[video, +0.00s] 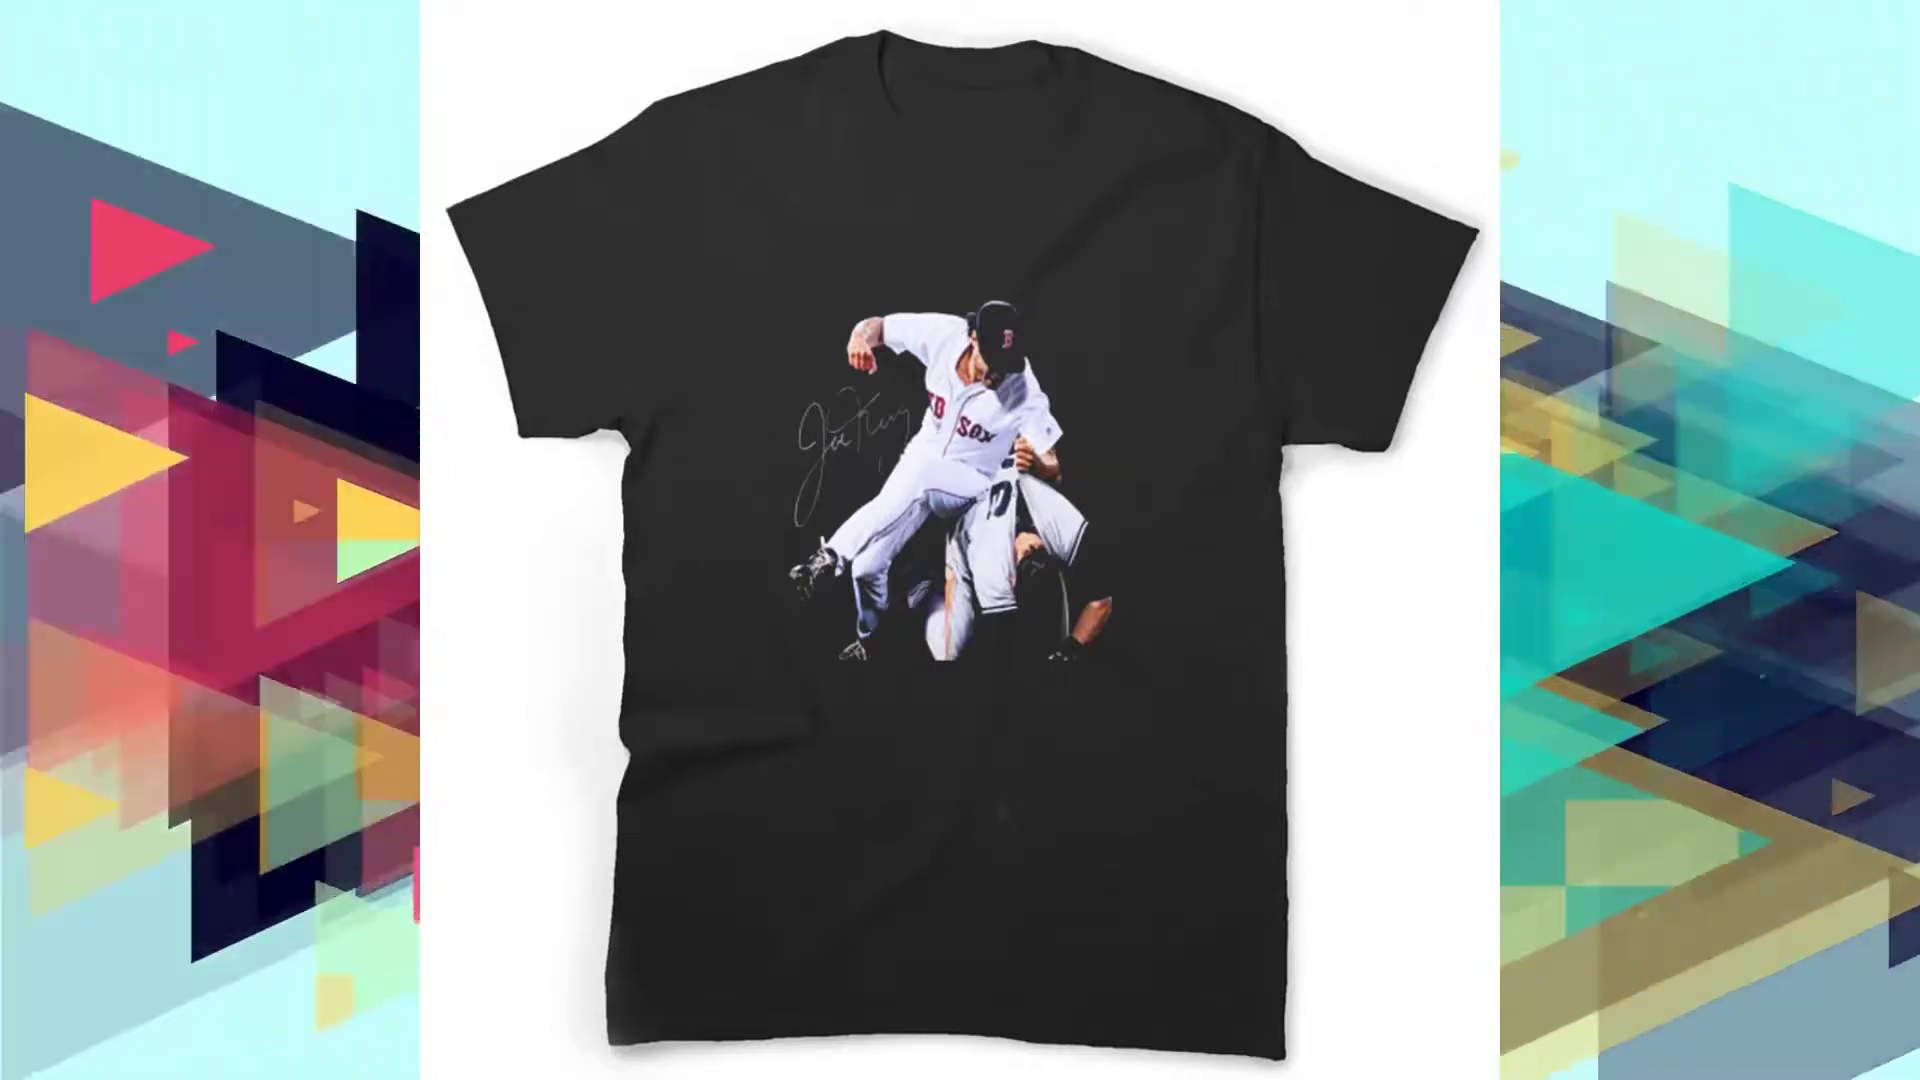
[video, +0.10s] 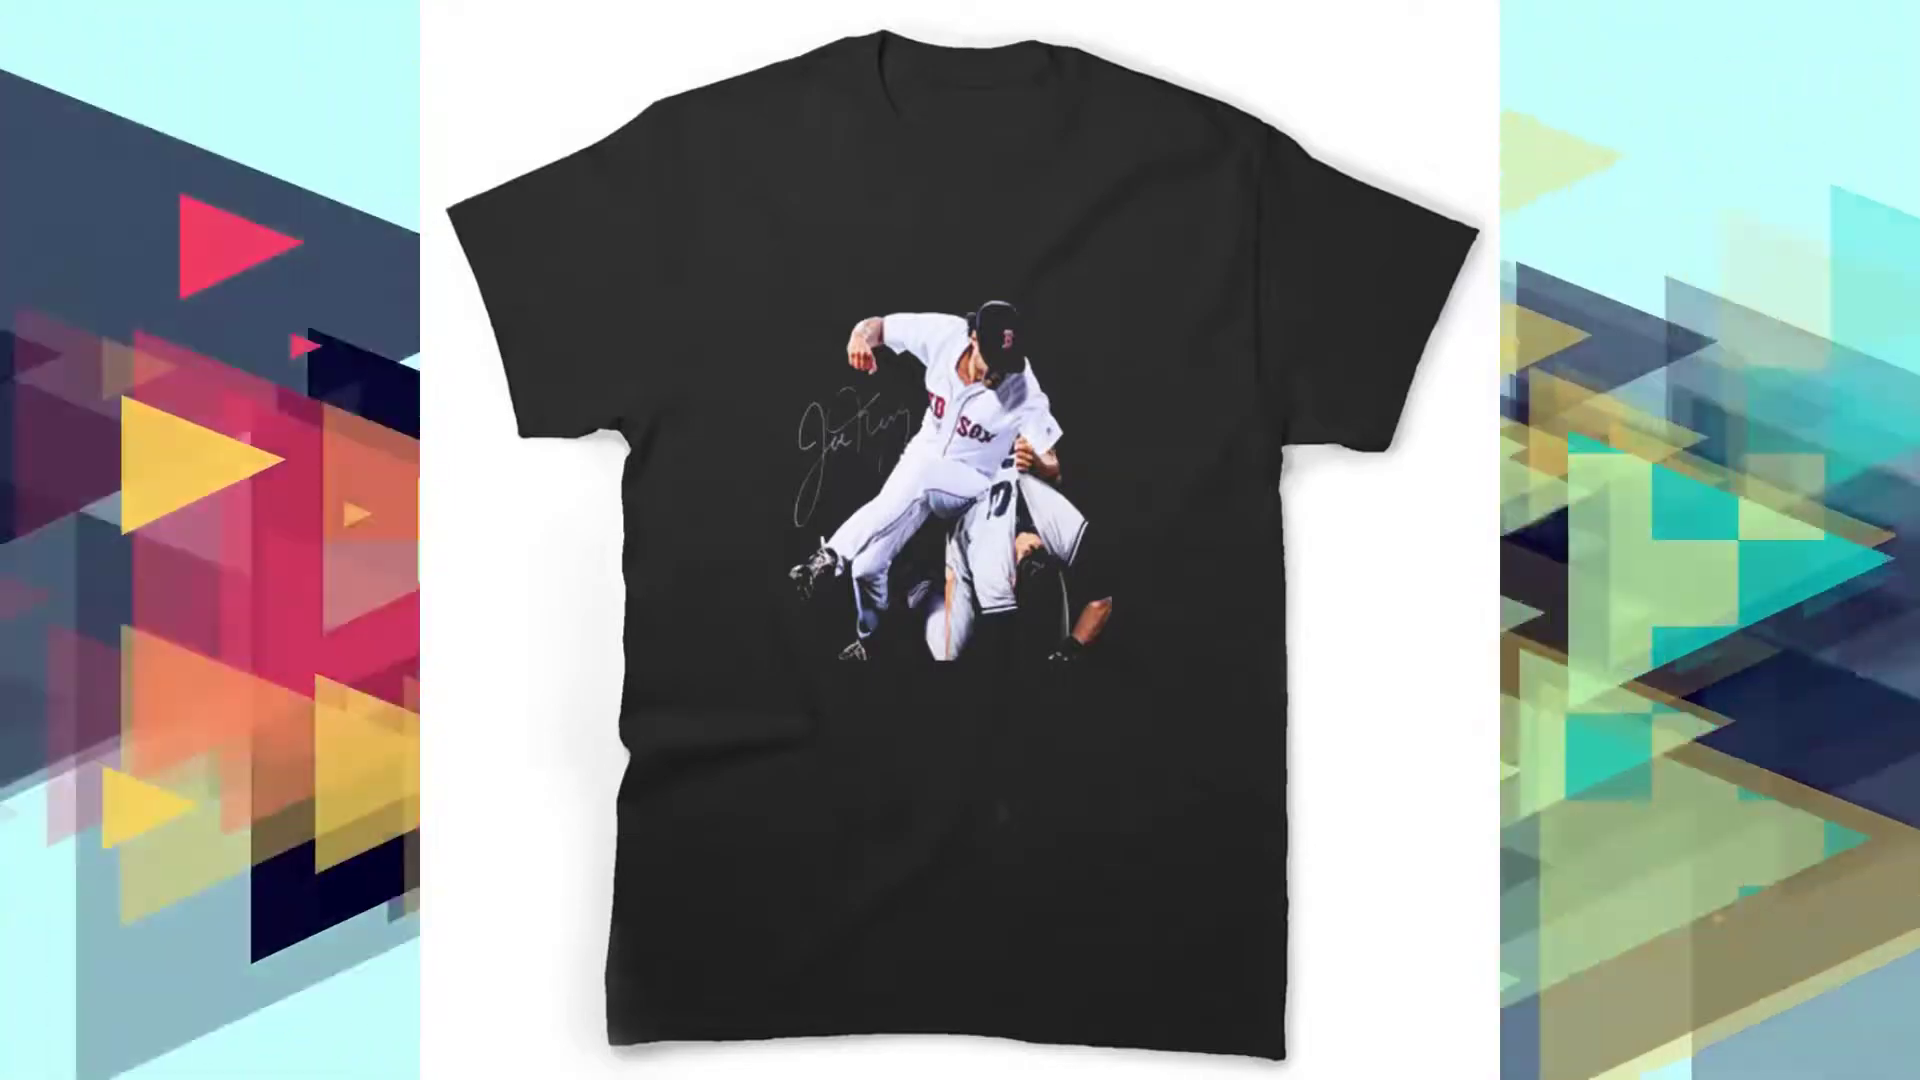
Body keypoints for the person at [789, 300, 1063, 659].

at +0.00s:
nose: (997, 374)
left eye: (1006, 367)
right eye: (991, 364)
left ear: (1017, 354)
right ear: (973, 341)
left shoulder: (1023, 389)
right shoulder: (946, 334)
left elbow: (1054, 468)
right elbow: (878, 327)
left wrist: (1038, 463)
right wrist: (861, 339)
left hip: (979, 482)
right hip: (922, 460)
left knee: (920, 476)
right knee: (867, 566)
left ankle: (829, 559)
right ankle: (871, 641)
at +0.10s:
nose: (997, 374)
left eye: (1006, 367)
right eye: (991, 364)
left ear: (1017, 354)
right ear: (973, 341)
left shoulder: (1023, 389)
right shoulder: (946, 334)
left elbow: (1054, 468)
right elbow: (878, 327)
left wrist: (1038, 463)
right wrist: (861, 339)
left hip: (979, 482)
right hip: (922, 460)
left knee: (920, 476)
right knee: (867, 566)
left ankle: (829, 559)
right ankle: (871, 641)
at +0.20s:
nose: (997, 374)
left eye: (1006, 367)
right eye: (992, 364)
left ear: (1017, 354)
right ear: (973, 341)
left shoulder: (1024, 390)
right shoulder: (946, 334)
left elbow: (1054, 469)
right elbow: (877, 327)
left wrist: (1038, 463)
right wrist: (861, 339)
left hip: (979, 482)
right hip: (922, 460)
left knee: (921, 476)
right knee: (867, 566)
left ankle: (829, 559)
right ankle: (871, 641)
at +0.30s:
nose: (995, 375)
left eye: (1003, 368)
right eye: (990, 366)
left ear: (1016, 355)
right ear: (973, 342)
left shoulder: (1024, 390)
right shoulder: (945, 334)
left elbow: (1054, 468)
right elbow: (877, 327)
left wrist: (1037, 463)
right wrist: (861, 340)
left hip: (978, 483)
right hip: (921, 462)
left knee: (920, 474)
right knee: (867, 567)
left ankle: (828, 560)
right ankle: (872, 641)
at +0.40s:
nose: (995, 375)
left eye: (1003, 368)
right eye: (990, 366)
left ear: (1016, 355)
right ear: (973, 342)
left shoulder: (1024, 390)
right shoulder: (945, 334)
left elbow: (1054, 468)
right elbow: (877, 327)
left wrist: (1037, 463)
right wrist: (861, 340)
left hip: (978, 483)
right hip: (921, 462)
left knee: (920, 474)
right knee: (867, 567)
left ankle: (828, 560)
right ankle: (872, 641)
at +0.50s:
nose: (994, 375)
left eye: (1003, 368)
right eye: (990, 365)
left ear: (1016, 355)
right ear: (973, 341)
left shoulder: (1024, 390)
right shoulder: (946, 334)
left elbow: (1054, 469)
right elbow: (877, 327)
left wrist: (1038, 463)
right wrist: (861, 339)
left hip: (979, 484)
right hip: (922, 462)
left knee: (920, 474)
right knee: (867, 567)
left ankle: (828, 560)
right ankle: (872, 642)